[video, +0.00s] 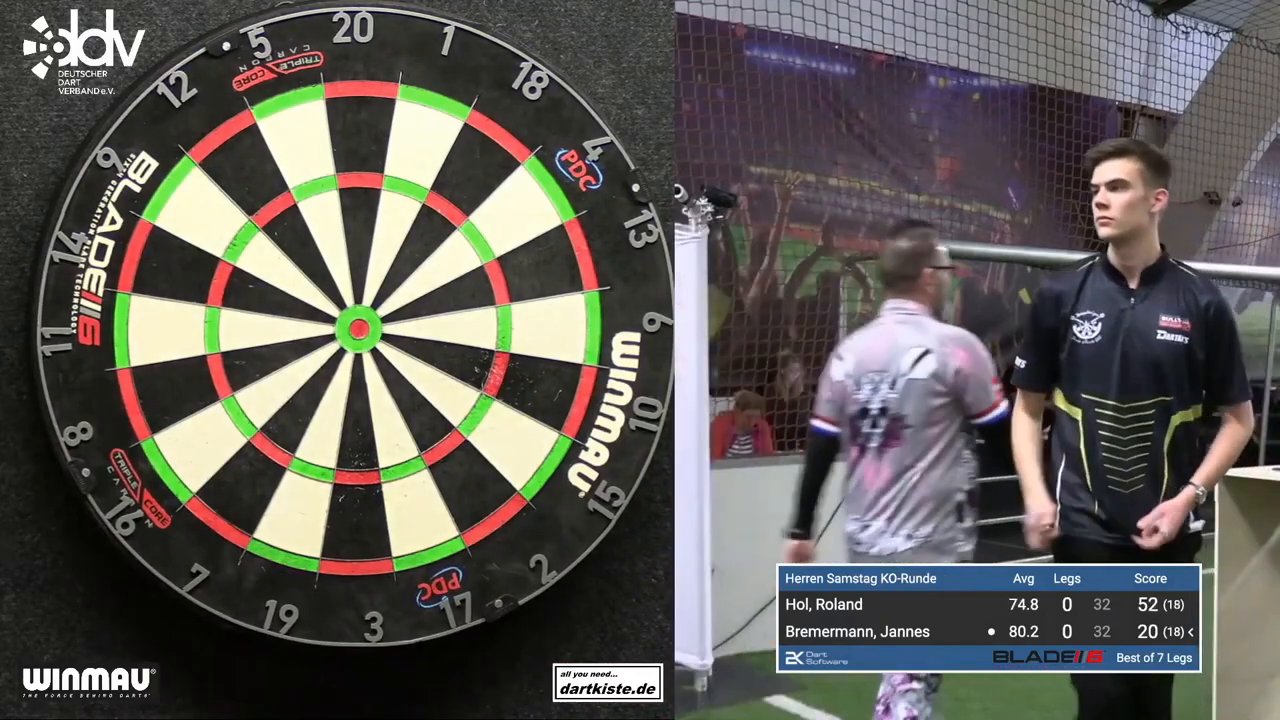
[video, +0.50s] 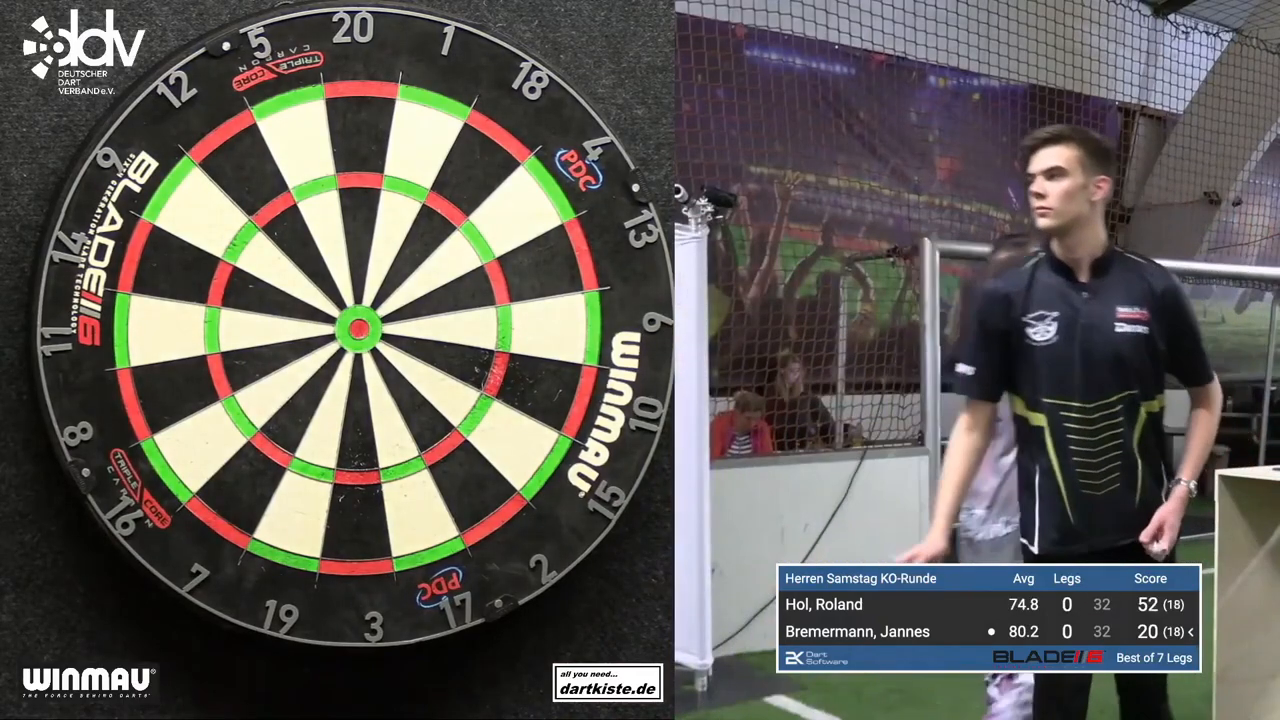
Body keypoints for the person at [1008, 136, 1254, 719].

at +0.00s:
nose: (1100, 200)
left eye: (1116, 188)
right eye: (1095, 190)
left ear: (1158, 201)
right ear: (1089, 203)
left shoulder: (1202, 305)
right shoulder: (1058, 298)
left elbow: (1239, 419)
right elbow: (1028, 409)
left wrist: (1186, 499)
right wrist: (1035, 496)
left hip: (1167, 536)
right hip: (1082, 533)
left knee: (1153, 693)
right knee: (1098, 694)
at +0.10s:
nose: (1095, 198)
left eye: (1111, 186)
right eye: (1090, 188)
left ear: (1153, 199)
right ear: (1085, 201)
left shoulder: (1199, 303)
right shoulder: (1053, 296)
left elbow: (1238, 415)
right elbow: (1024, 407)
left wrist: (1189, 499)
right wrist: (1022, 498)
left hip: (1164, 536)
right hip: (1079, 533)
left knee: (1149, 697)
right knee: (1089, 698)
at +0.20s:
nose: (1089, 197)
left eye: (1105, 184)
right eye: (1084, 187)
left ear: (1148, 197)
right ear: (1078, 199)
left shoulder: (1194, 299)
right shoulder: (1049, 296)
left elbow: (1235, 412)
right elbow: (1018, 409)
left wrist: (1190, 497)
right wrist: (1009, 503)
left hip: (1161, 536)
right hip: (1074, 534)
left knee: (1146, 696)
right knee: (1074, 696)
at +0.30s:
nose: (1074, 195)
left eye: (1091, 182)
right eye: (1069, 185)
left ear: (1135, 194)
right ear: (1064, 196)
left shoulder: (1182, 296)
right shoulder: (1038, 296)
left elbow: (1226, 408)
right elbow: (1005, 411)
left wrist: (1189, 496)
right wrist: (984, 511)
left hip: (1151, 536)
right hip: (1063, 537)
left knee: (1144, 702)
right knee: (1064, 701)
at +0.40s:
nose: (1060, 192)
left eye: (1077, 180)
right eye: (1056, 183)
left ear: (1122, 192)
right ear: (1050, 194)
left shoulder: (1170, 293)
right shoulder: (1027, 294)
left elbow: (1217, 403)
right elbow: (993, 414)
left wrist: (1187, 495)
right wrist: (967, 521)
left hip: (1145, 538)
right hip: (1058, 539)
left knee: (1141, 704)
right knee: (1060, 703)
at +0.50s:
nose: (1036, 190)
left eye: (1053, 176)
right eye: (1031, 180)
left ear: (1100, 188)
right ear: (1027, 193)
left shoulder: (1154, 289)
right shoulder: (1007, 296)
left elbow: (1207, 397)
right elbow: (974, 424)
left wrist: (1180, 495)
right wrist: (939, 530)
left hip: (1141, 534)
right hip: (1052, 538)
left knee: (1147, 698)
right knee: (1058, 702)